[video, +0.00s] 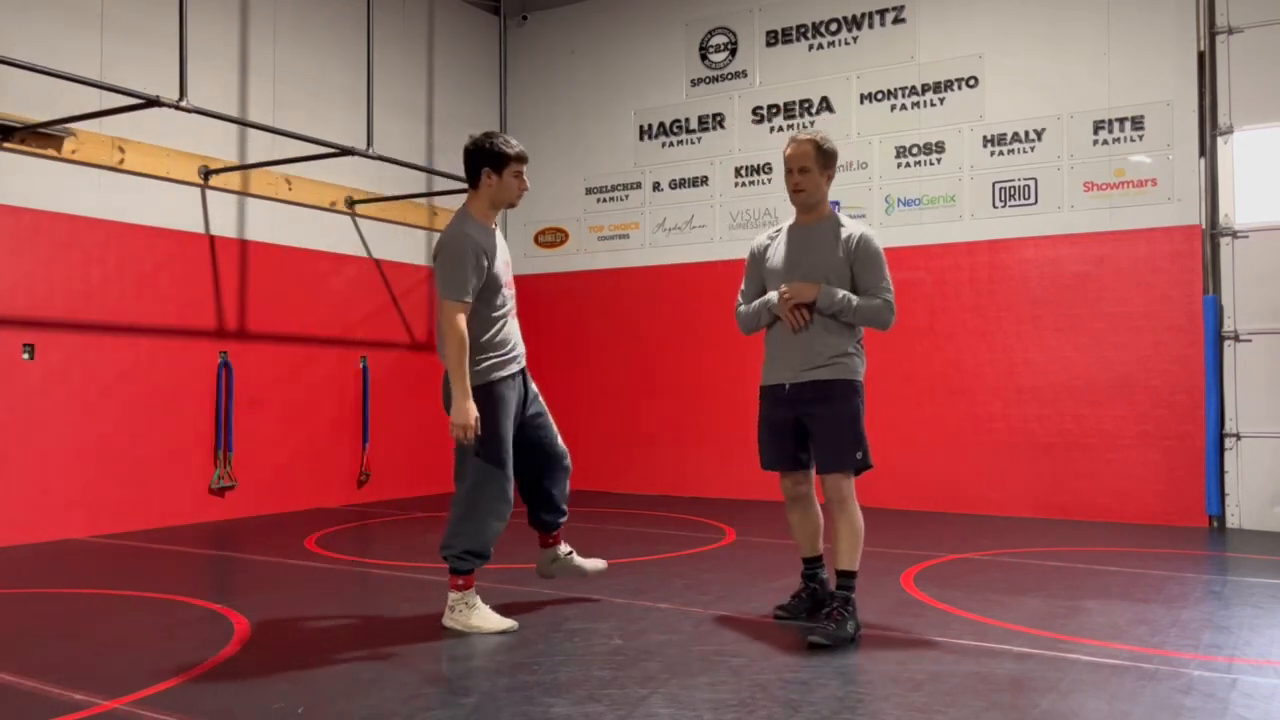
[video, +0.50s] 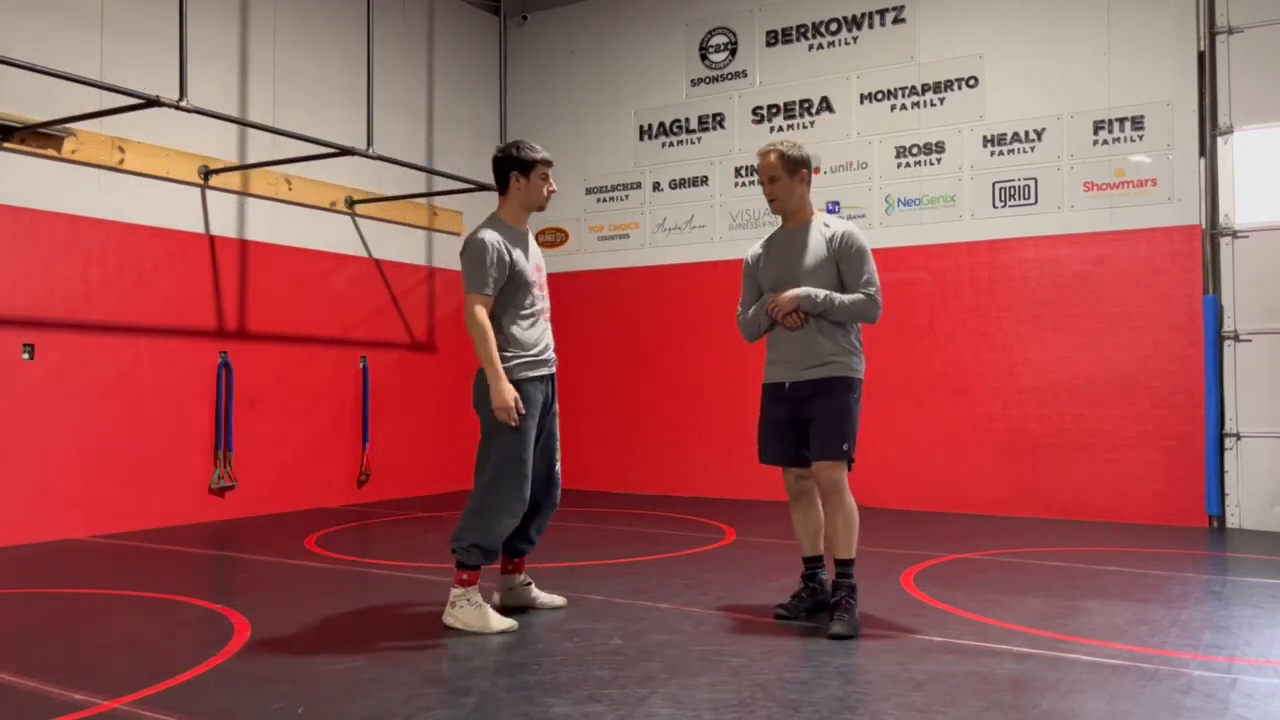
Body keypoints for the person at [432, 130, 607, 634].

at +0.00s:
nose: (525, 185)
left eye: (525, 176)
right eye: (518, 176)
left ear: (495, 178)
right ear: (488, 178)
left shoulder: (489, 229)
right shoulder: (461, 239)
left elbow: (491, 307)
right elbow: (452, 321)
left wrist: (511, 363)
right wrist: (462, 398)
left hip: (514, 375)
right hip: (482, 384)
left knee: (550, 460)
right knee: (485, 485)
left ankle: (551, 551)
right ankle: (461, 596)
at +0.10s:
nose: (529, 183)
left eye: (529, 174)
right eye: (522, 174)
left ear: (497, 179)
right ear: (491, 177)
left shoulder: (496, 230)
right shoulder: (464, 239)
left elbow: (499, 312)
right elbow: (451, 321)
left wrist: (522, 371)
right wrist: (455, 396)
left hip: (520, 377)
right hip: (488, 384)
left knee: (551, 466)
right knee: (488, 485)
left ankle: (539, 558)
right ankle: (460, 596)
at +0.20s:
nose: (534, 183)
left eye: (533, 174)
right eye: (526, 175)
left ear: (504, 180)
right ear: (497, 178)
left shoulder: (504, 234)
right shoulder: (467, 242)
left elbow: (507, 314)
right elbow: (453, 322)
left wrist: (528, 374)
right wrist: (457, 394)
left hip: (525, 379)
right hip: (492, 385)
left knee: (549, 474)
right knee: (489, 486)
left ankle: (524, 567)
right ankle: (460, 597)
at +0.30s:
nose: (539, 185)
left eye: (538, 176)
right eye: (531, 176)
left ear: (508, 183)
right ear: (502, 180)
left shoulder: (510, 236)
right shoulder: (472, 245)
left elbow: (512, 312)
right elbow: (460, 321)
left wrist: (530, 369)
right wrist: (466, 393)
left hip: (531, 381)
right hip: (498, 386)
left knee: (543, 483)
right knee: (493, 488)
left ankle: (515, 580)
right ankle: (461, 598)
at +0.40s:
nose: (546, 185)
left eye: (545, 176)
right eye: (538, 177)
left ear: (517, 182)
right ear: (509, 181)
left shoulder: (520, 239)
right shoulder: (478, 244)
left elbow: (523, 313)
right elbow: (470, 319)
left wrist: (539, 372)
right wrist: (481, 389)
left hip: (536, 380)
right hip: (504, 383)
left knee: (537, 485)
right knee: (496, 487)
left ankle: (512, 584)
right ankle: (461, 597)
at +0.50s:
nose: (552, 186)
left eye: (551, 177)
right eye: (544, 177)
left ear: (525, 183)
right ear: (515, 182)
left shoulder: (526, 238)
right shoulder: (486, 242)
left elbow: (528, 312)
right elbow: (476, 314)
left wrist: (543, 370)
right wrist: (498, 383)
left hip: (541, 378)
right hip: (510, 381)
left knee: (541, 485)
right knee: (502, 486)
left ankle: (513, 583)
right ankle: (463, 596)